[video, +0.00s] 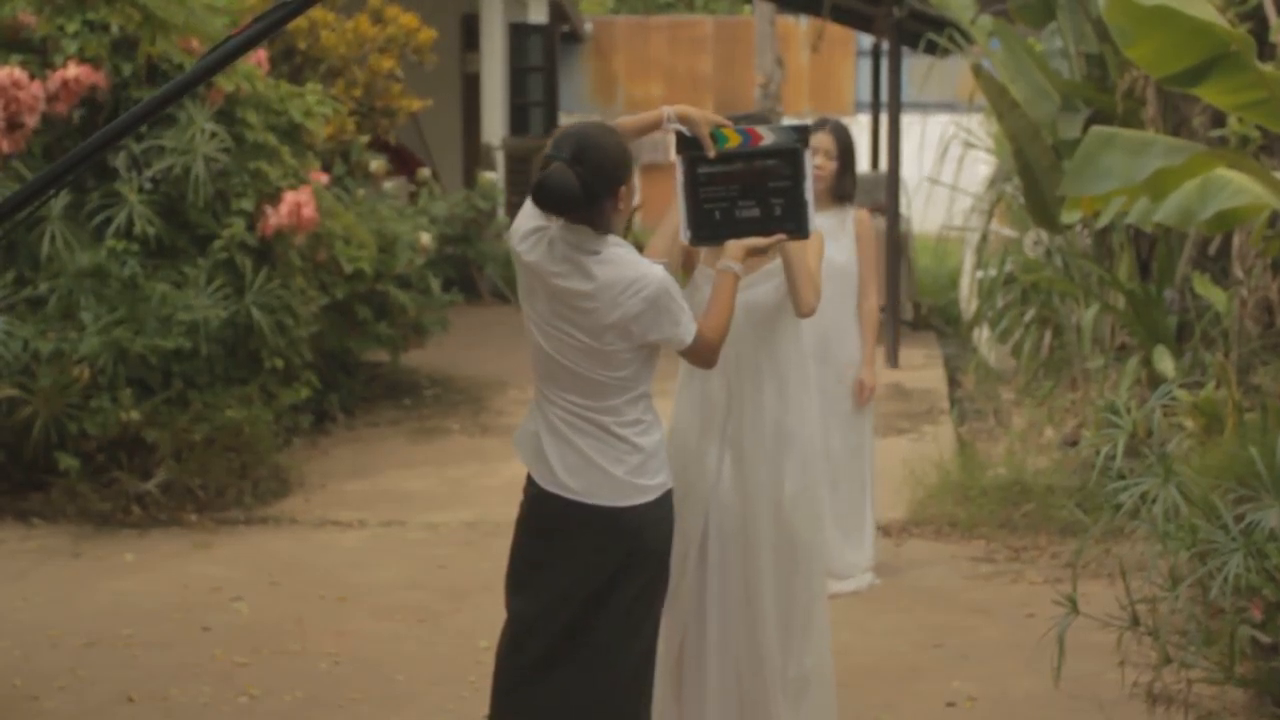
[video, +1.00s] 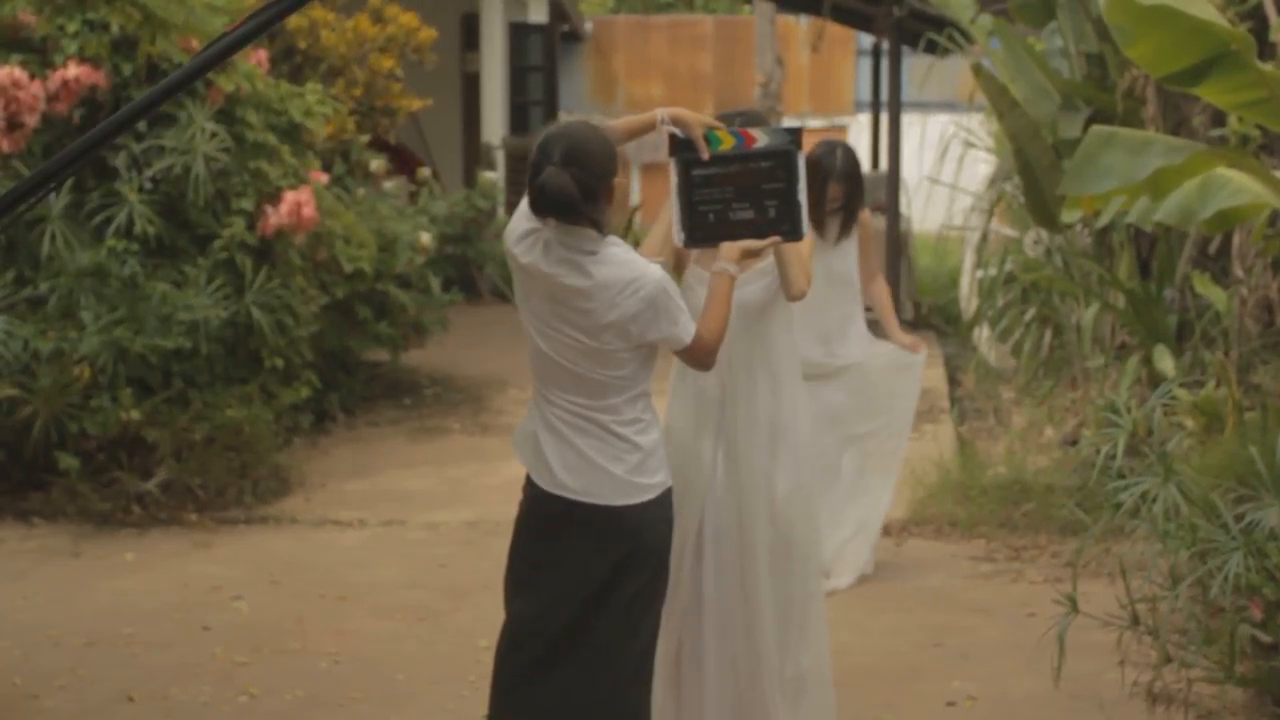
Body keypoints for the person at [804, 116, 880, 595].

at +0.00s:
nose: (817, 164)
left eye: (827, 156)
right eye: (811, 153)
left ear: (844, 166)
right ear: (798, 159)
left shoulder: (857, 221)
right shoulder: (781, 213)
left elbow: (869, 296)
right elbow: (756, 289)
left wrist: (867, 362)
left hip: (834, 355)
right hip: (781, 355)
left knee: (835, 456)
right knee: (782, 457)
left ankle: (840, 560)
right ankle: (783, 561)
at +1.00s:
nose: (829, 207)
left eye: (839, 198)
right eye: (822, 197)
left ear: (852, 192)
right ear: (806, 189)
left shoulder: (863, 225)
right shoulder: (789, 224)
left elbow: (874, 279)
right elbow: (752, 287)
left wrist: (894, 331)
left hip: (844, 359)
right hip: (789, 364)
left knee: (843, 462)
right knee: (790, 467)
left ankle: (843, 557)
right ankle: (795, 563)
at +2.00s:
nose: (834, 205)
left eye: (842, 197)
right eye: (826, 197)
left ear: (854, 194)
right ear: (809, 194)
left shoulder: (864, 227)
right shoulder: (792, 227)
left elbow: (887, 278)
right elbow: (764, 284)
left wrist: (902, 338)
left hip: (843, 359)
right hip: (791, 363)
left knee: (841, 456)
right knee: (790, 460)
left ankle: (838, 550)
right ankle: (796, 555)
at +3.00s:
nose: (826, 194)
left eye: (834, 185)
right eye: (819, 185)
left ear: (846, 184)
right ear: (806, 183)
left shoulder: (858, 221)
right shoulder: (789, 218)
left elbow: (874, 290)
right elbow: (773, 289)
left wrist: (885, 355)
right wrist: (769, 358)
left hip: (848, 356)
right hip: (797, 359)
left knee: (851, 453)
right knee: (805, 455)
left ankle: (858, 547)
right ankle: (817, 552)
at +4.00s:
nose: (815, 159)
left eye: (825, 151)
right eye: (807, 150)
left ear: (840, 160)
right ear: (793, 159)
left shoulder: (858, 218)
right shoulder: (779, 218)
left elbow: (871, 288)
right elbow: (769, 290)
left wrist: (871, 349)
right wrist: (773, 351)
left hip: (846, 348)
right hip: (793, 348)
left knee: (851, 447)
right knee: (800, 445)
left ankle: (852, 545)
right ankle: (807, 547)